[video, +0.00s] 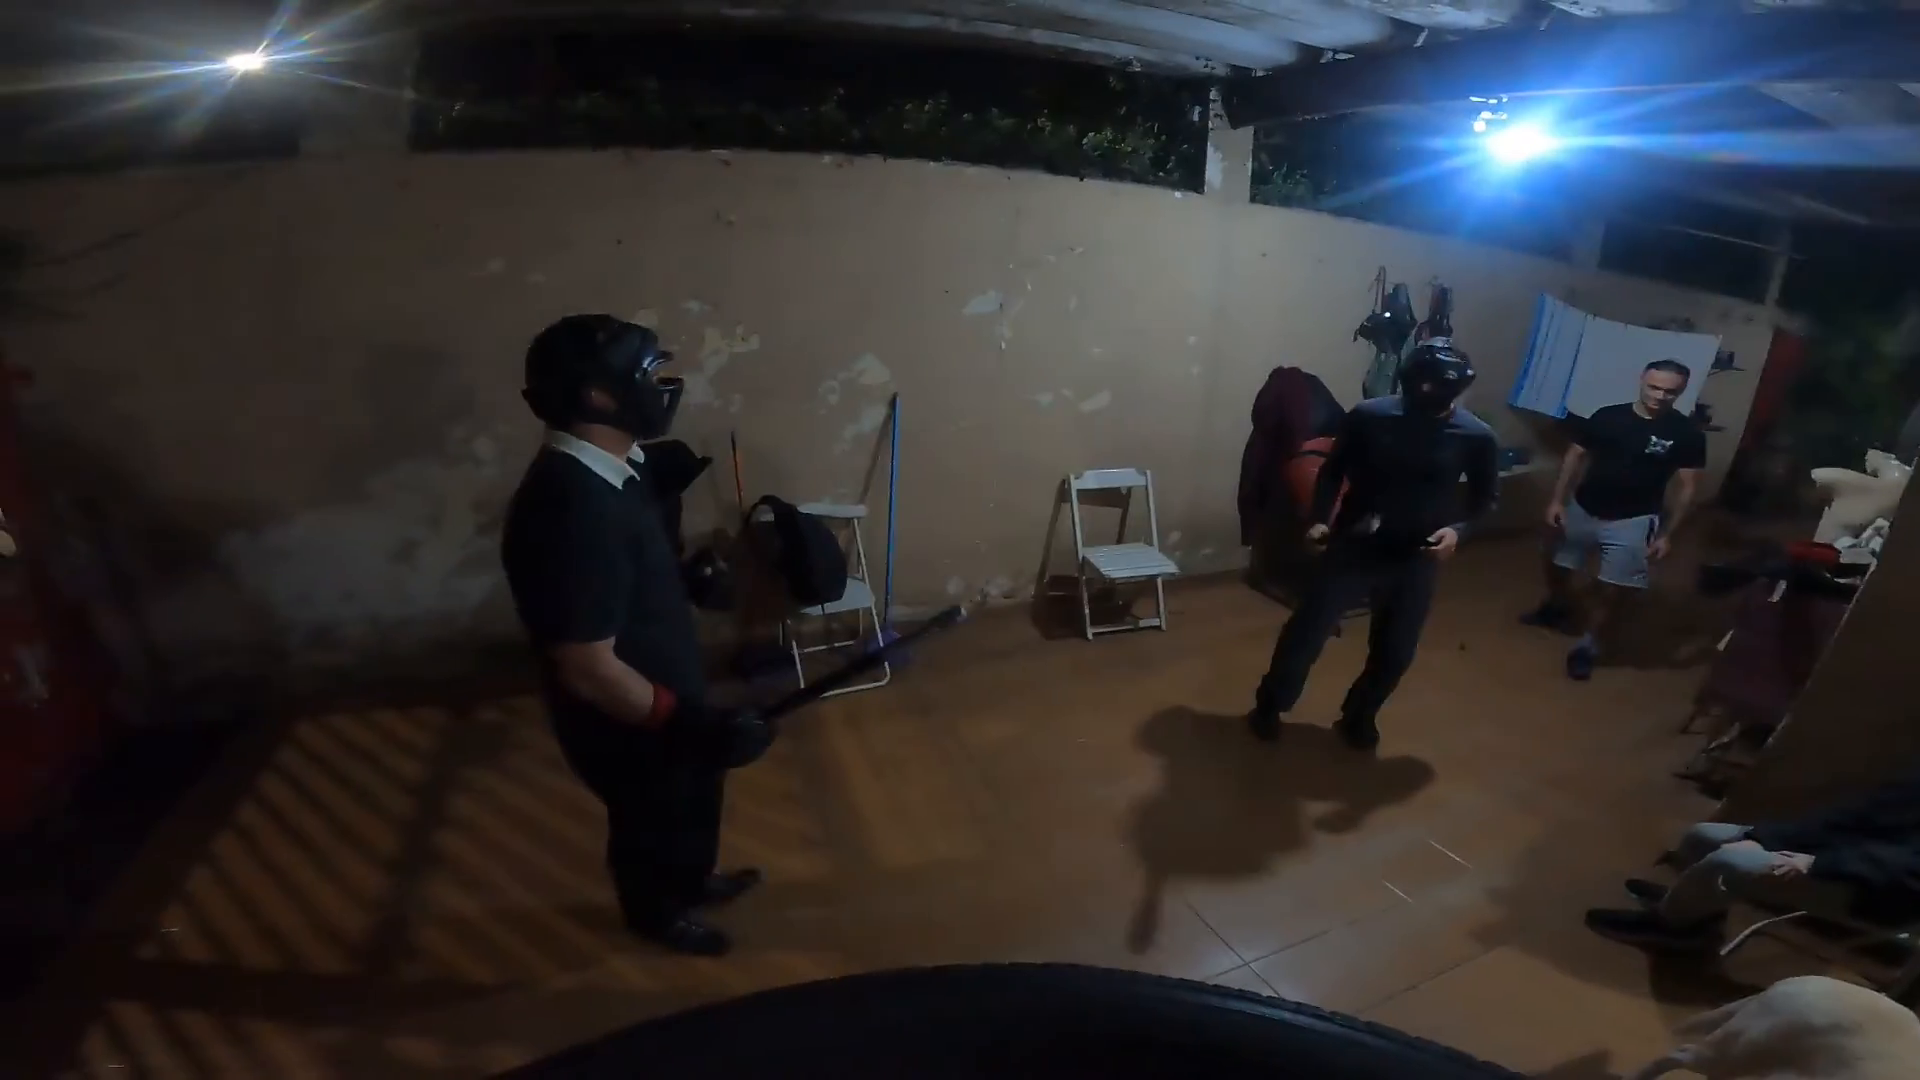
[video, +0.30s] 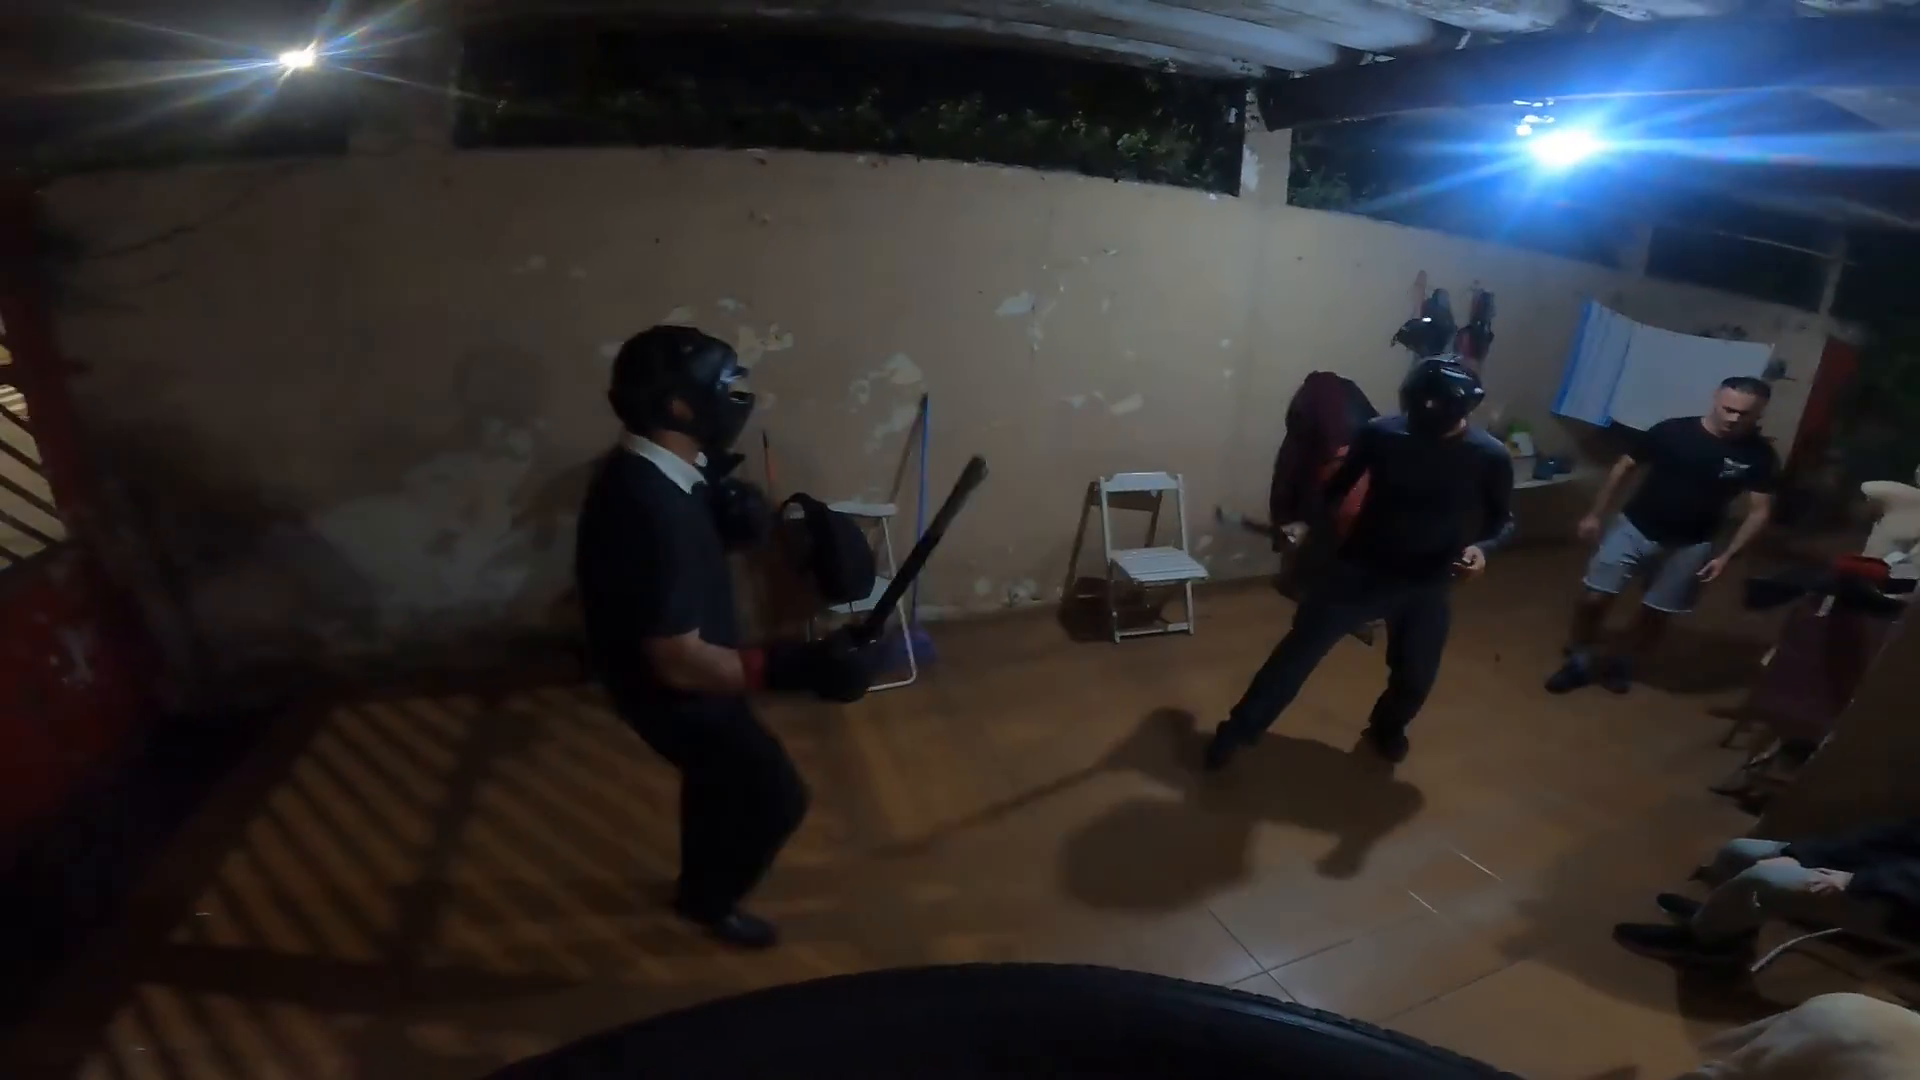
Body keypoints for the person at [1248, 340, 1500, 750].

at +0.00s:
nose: (1437, 396)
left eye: (1447, 388)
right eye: (1429, 385)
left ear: (1459, 390)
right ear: (1409, 382)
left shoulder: (1475, 439)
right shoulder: (1370, 418)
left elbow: (1484, 501)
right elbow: (1332, 472)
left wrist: (1457, 530)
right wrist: (1320, 520)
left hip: (1416, 558)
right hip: (1357, 545)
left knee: (1395, 654)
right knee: (1310, 624)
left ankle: (1359, 714)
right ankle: (1271, 703)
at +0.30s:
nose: (1431, 420)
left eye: (1442, 414)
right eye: (1424, 409)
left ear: (1462, 415)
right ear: (1412, 403)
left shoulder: (1489, 458)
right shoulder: (1381, 436)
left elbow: (1503, 522)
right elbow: (1337, 486)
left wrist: (1483, 548)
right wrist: (1310, 525)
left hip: (1427, 582)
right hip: (1362, 569)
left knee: (1416, 678)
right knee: (1301, 649)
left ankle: (1386, 731)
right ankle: (1234, 732)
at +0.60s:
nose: (1378, 414)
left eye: (1391, 406)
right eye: (1376, 404)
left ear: (1422, 409)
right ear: (1375, 403)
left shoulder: (1464, 459)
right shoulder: (1349, 443)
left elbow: (1486, 524)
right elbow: (1284, 483)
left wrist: (1473, 554)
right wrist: (1223, 471)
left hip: (1418, 590)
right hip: (1347, 585)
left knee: (1421, 684)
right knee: (1298, 669)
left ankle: (1419, 738)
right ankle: (1245, 758)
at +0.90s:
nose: (1389, 418)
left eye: (1396, 405)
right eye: (1378, 405)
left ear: (1407, 402)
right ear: (1358, 399)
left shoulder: (1436, 451)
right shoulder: (1320, 442)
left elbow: (1454, 507)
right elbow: (1277, 500)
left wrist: (1456, 543)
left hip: (1396, 585)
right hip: (1325, 583)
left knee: (1400, 675)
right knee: (1282, 672)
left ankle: (1385, 730)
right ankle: (1244, 756)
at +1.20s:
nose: (1406, 457)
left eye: (1413, 445)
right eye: (1397, 444)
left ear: (1424, 438)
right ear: (1372, 436)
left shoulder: (1444, 481)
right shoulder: (1333, 471)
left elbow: (1461, 543)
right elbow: (1277, 538)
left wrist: (1447, 602)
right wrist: (1312, 587)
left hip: (1402, 608)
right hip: (1331, 599)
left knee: (1407, 690)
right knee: (1279, 682)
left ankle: (1385, 736)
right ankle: (1228, 756)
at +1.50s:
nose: (1382, 534)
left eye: (1388, 522)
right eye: (1371, 527)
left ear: (1397, 517)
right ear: (1350, 523)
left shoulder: (1416, 525)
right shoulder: (1318, 541)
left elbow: (1455, 524)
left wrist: (1480, 533)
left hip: (1398, 622)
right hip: (1329, 624)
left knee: (1456, 697)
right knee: (1285, 703)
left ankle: (1411, 734)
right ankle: (1218, 770)